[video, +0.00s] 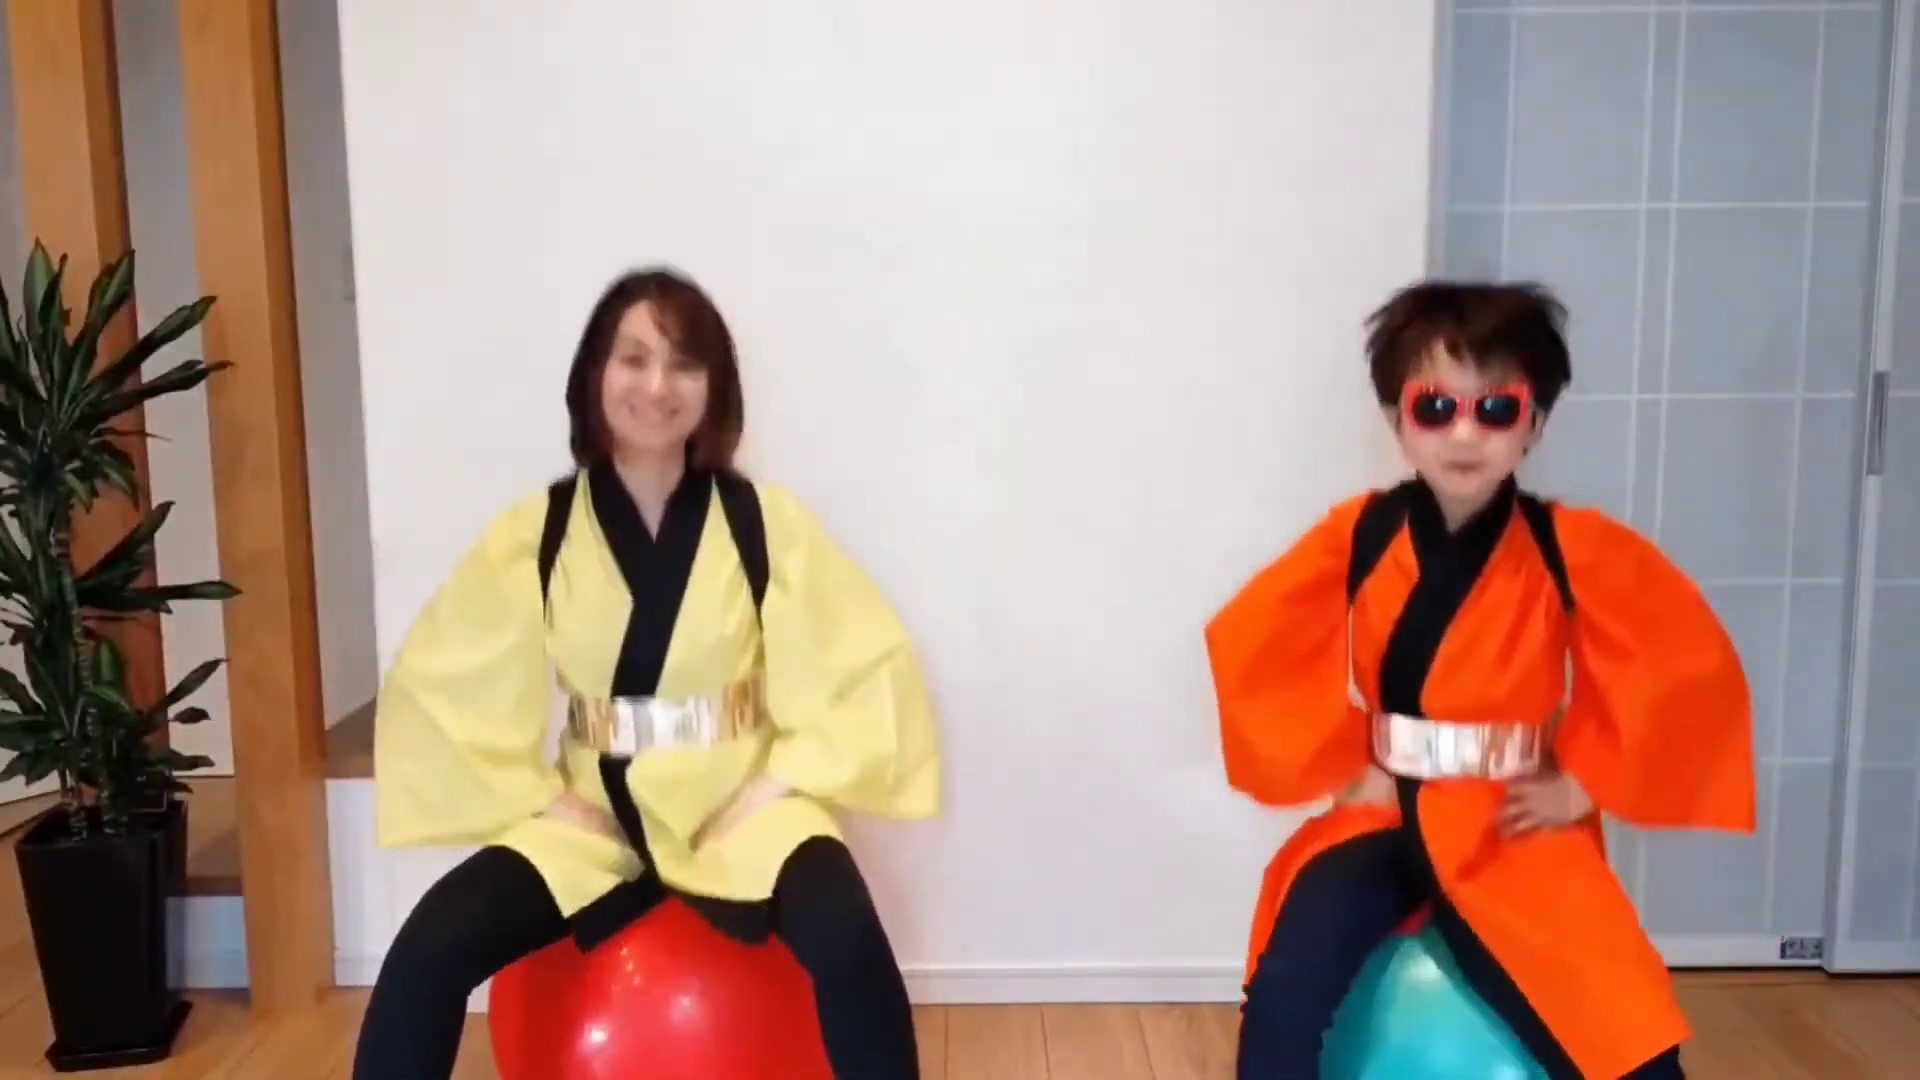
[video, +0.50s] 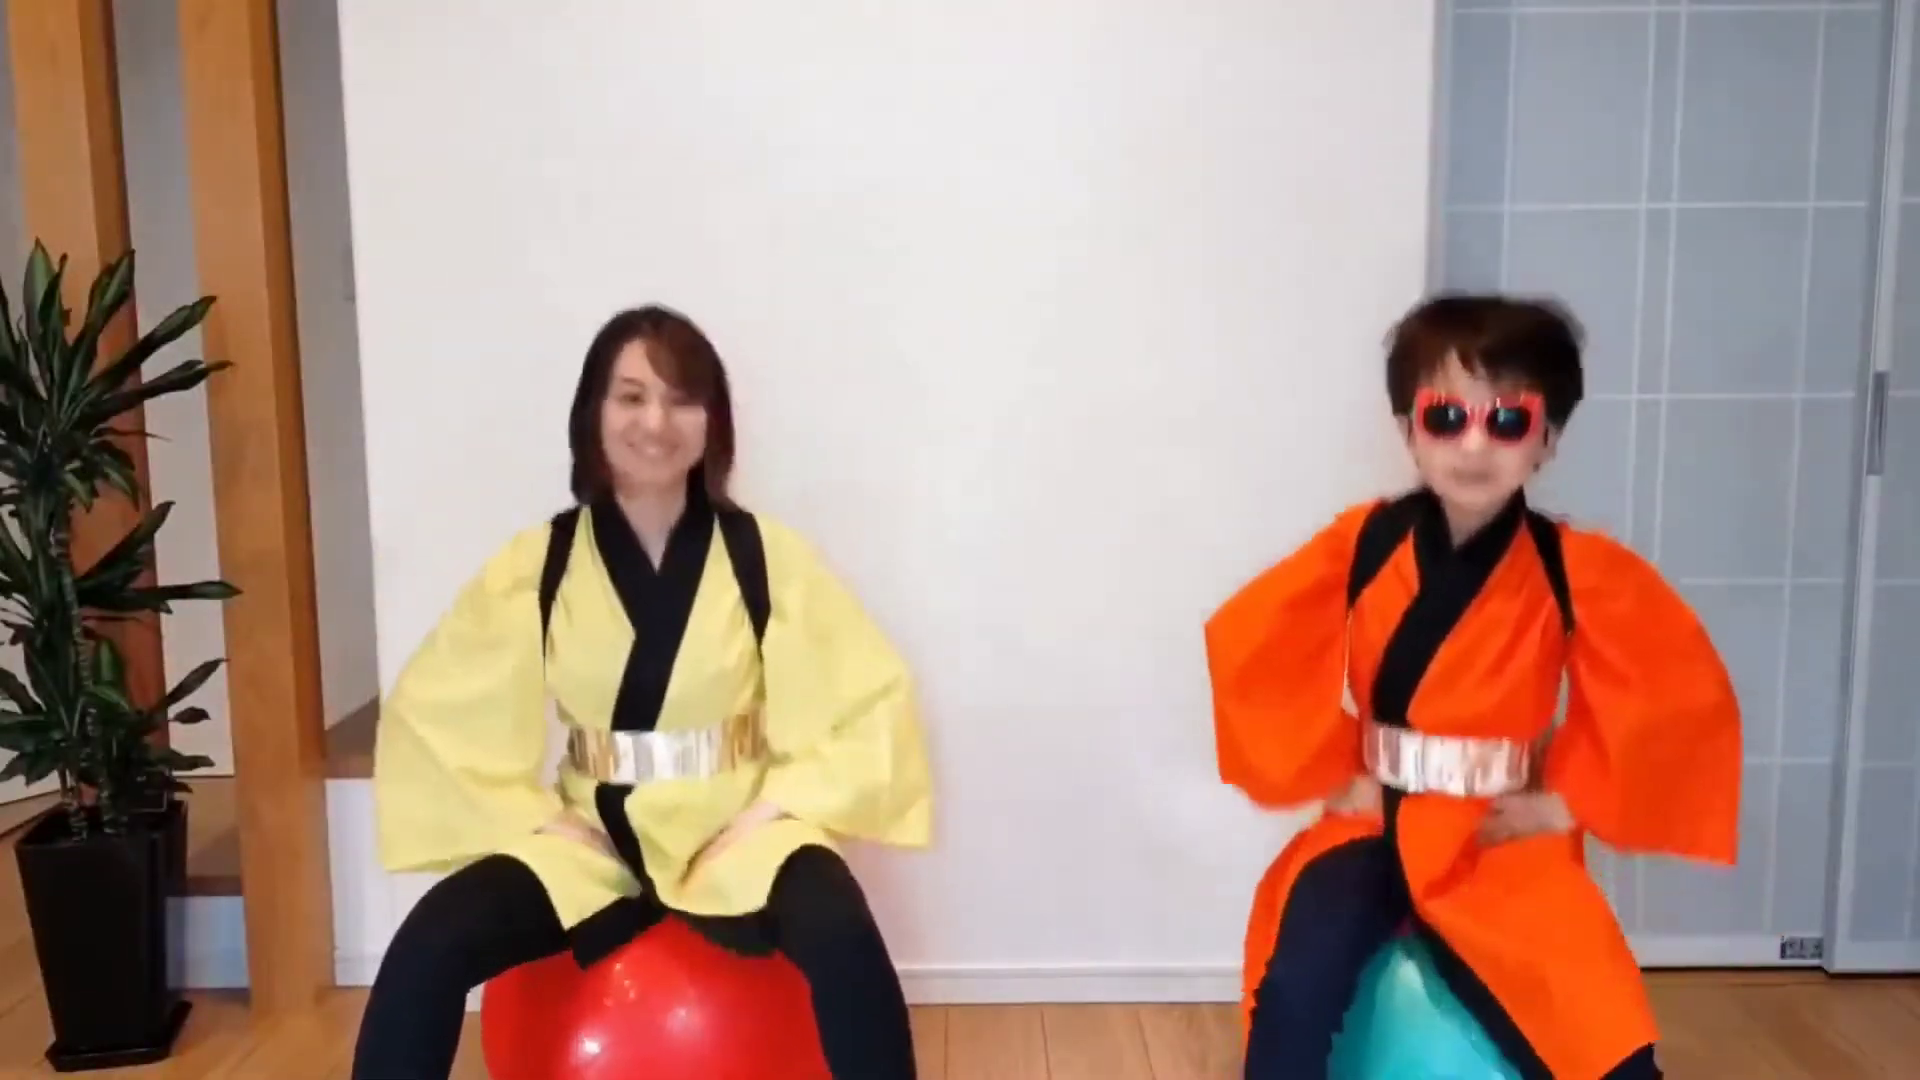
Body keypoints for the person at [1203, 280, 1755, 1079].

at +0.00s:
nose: (1465, 432)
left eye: (1497, 407)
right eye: (1436, 406)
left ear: (1535, 423)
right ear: (1397, 418)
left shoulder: (1575, 549)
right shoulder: (1360, 536)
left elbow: (1693, 677)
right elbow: (1247, 646)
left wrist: (1587, 785)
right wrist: (1346, 762)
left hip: (1521, 832)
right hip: (1381, 819)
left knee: (1634, 1041)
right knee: (1282, 994)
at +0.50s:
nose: (1473, 441)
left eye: (1508, 418)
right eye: (1444, 415)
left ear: (1547, 443)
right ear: (1406, 431)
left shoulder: (1574, 567)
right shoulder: (1363, 543)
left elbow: (1685, 700)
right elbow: (1247, 646)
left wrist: (1566, 802)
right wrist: (1334, 772)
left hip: (1505, 840)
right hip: (1369, 827)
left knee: (1606, 1029)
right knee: (1296, 982)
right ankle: (1280, 1069)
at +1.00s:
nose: (1477, 455)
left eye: (1510, 430)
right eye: (1446, 428)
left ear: (1541, 447)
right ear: (1402, 448)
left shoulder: (1572, 579)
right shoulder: (1361, 564)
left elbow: (1691, 709)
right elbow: (1241, 664)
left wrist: (1574, 816)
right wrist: (1337, 793)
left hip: (1514, 855)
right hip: (1375, 841)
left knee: (1615, 1041)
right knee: (1293, 997)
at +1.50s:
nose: (1464, 473)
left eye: (1497, 450)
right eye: (1434, 446)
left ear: (1529, 474)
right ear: (1392, 470)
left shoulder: (1564, 601)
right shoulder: (1354, 585)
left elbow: (1687, 728)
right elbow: (1234, 687)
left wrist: (1572, 835)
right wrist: (1336, 813)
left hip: (1514, 871)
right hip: (1375, 859)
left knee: (1599, 1046)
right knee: (1301, 1006)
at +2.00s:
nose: (1459, 517)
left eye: (1489, 490)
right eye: (1427, 494)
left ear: (1520, 507)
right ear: (1386, 515)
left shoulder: (1559, 635)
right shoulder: (1352, 617)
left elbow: (1678, 758)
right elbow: (1231, 714)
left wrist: (1568, 860)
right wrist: (1326, 830)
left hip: (1504, 900)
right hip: (1365, 888)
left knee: (1618, 1059)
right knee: (1272, 1011)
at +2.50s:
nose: (1459, 523)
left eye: (1489, 498)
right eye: (1427, 499)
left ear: (1521, 528)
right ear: (1385, 532)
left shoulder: (1564, 662)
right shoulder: (1352, 647)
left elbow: (1685, 787)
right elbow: (1233, 741)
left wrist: (1564, 879)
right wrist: (1331, 847)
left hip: (1506, 922)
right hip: (1372, 905)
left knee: (1600, 1056)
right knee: (1314, 964)